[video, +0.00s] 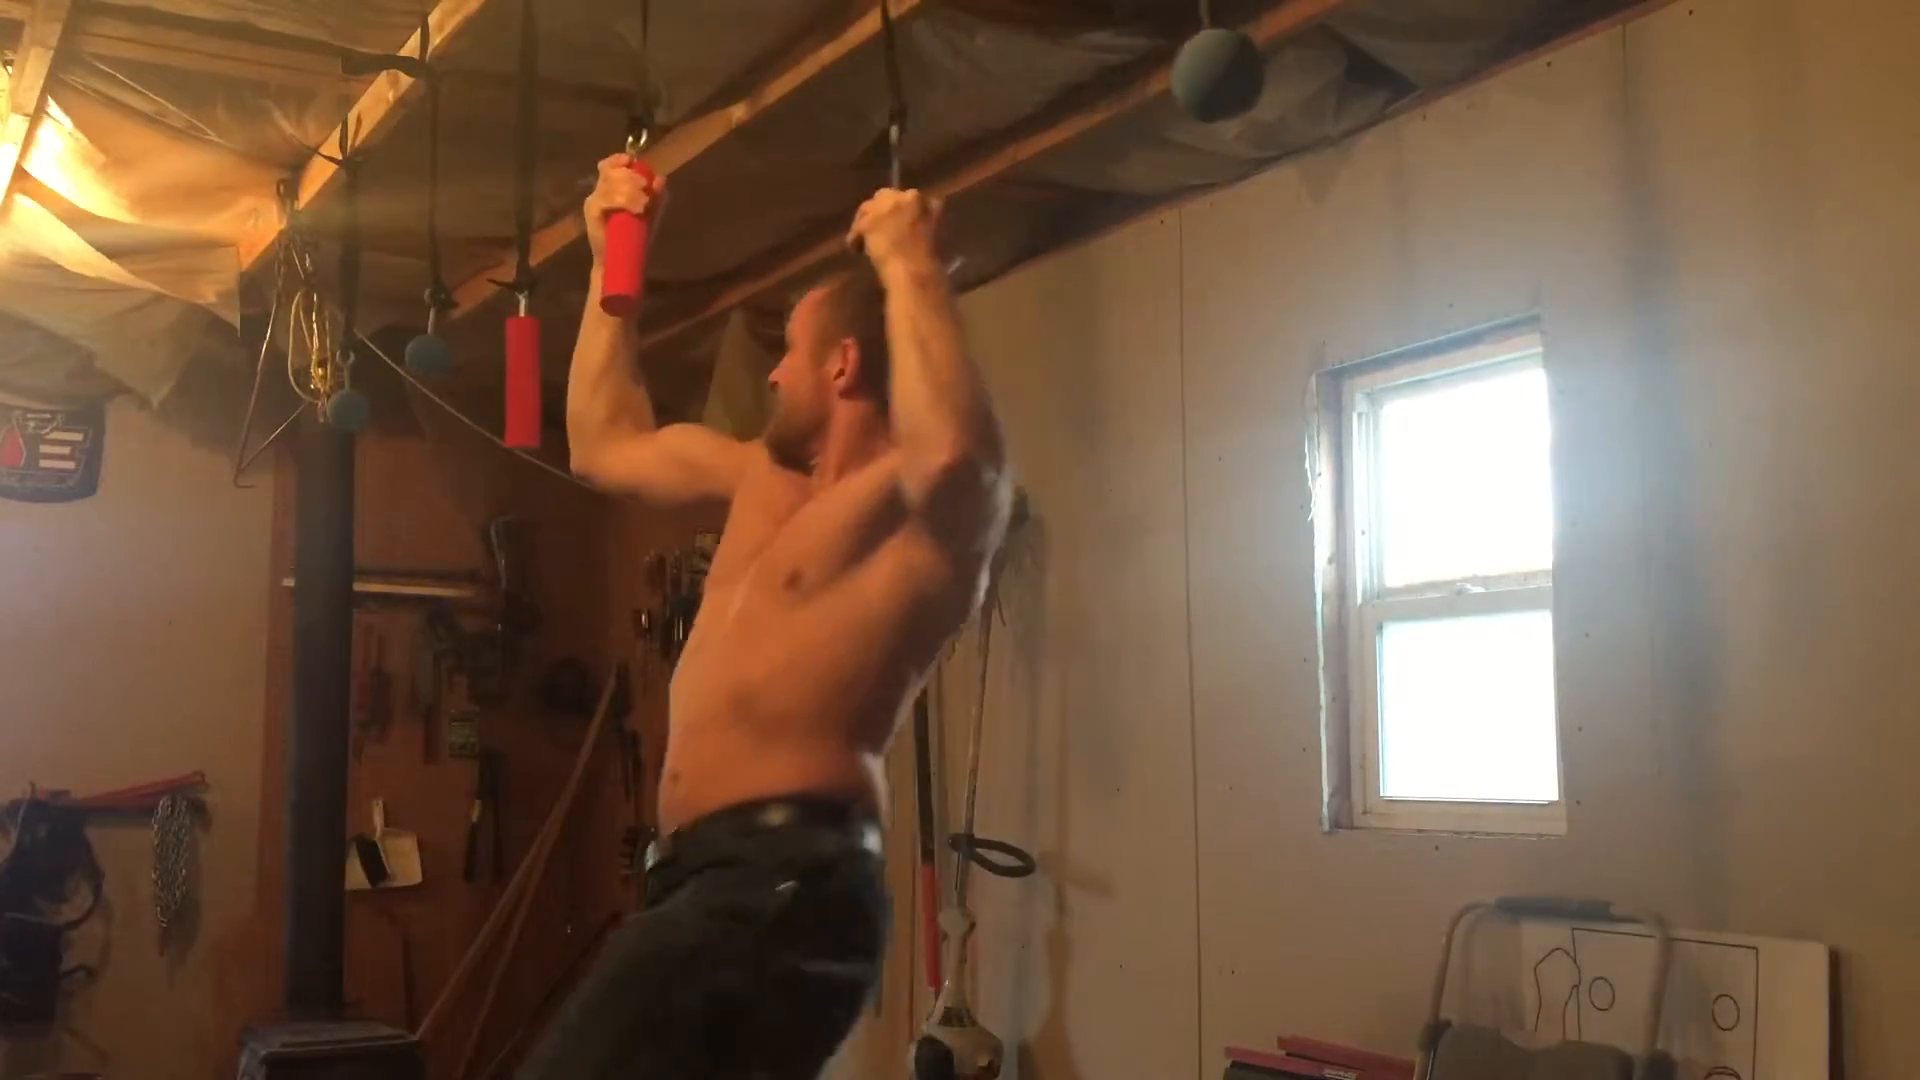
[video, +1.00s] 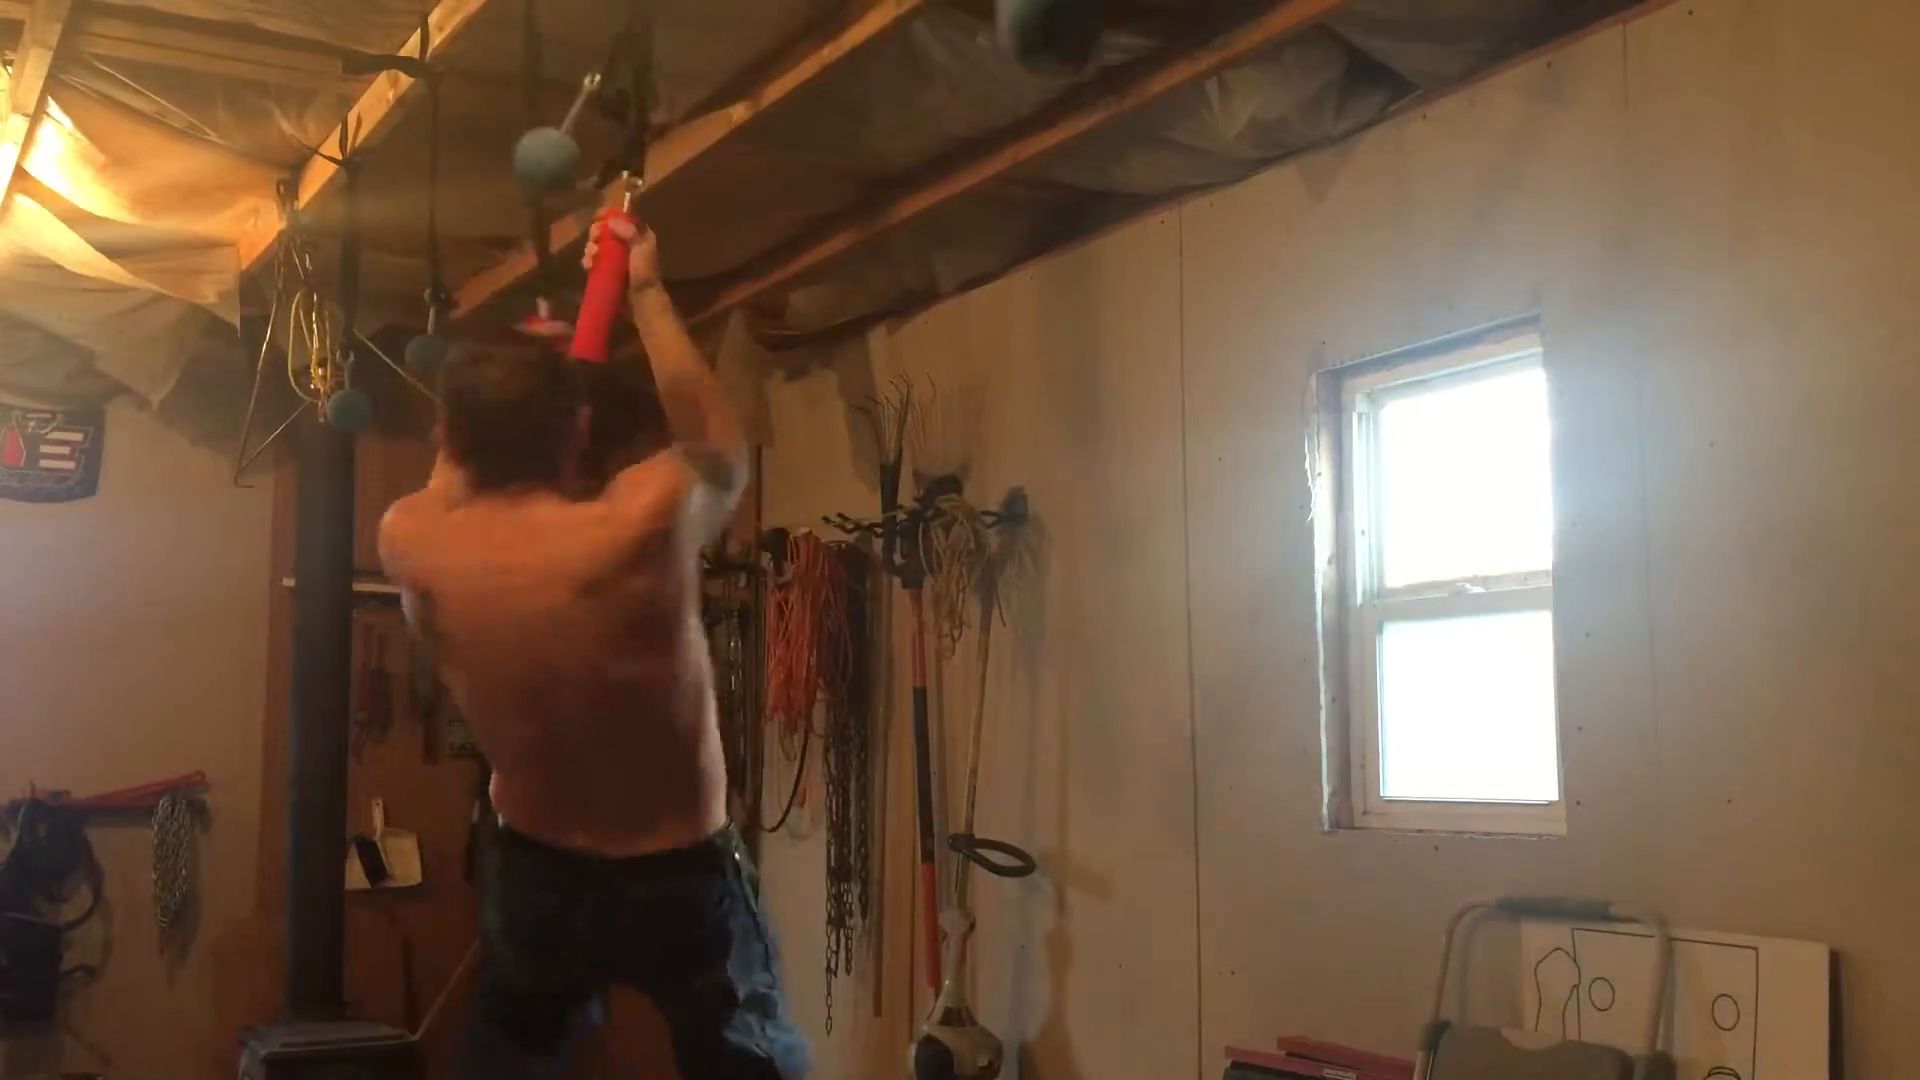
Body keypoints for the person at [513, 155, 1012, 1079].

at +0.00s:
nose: (772, 374)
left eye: (787, 352)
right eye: (778, 353)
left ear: (844, 367)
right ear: (846, 368)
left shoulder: (925, 506)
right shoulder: (755, 476)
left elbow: (951, 454)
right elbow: (605, 445)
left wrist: (913, 263)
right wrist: (615, 257)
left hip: (788, 880)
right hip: (695, 876)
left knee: (575, 1061)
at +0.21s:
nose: (731, 409)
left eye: (756, 386)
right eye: (737, 386)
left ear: (836, 405)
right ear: (736, 393)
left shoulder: (884, 532)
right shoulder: (740, 495)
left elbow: (823, 469)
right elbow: (619, 453)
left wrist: (835, 284)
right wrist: (615, 272)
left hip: (718, 924)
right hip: (647, 906)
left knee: (461, 1045)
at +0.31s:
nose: (730, 399)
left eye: (748, 379)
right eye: (735, 382)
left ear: (811, 408)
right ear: (770, 412)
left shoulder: (849, 543)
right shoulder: (755, 528)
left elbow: (736, 456)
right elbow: (646, 459)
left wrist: (784, 289)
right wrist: (631, 284)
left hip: (671, 949)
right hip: (629, 931)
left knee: (419, 1044)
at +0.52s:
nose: (634, 434)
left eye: (646, 418)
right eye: (634, 417)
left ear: (674, 449)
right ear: (772, 438)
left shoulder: (709, 557)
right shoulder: (812, 546)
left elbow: (523, 431)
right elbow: (635, 447)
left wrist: (679, 280)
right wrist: (651, 314)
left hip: (575, 959)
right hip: (695, 965)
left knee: (429, 939)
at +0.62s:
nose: (606, 452)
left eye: (613, 431)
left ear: (621, 445)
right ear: (740, 438)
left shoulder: (616, 541)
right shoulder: (801, 540)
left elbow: (445, 393)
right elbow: (721, 450)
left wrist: (616, 269)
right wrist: (657, 290)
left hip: (539, 913)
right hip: (685, 938)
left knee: (425, 1025)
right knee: (642, 1064)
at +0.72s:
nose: (582, 439)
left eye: (580, 423)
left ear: (591, 434)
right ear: (705, 424)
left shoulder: (546, 539)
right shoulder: (778, 523)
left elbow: (420, 396)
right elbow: (697, 428)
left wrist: (521, 257)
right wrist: (672, 289)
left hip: (534, 878)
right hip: (684, 910)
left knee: (430, 938)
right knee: (655, 1049)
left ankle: (364, 1059)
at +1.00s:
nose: (585, 426)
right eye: (580, 412)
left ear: (453, 440)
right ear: (574, 436)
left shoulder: (418, 547)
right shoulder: (648, 518)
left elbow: (452, 464)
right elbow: (714, 446)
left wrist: (507, 375)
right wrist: (645, 292)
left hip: (533, 878)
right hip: (681, 881)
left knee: (516, 1046)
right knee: (746, 1055)